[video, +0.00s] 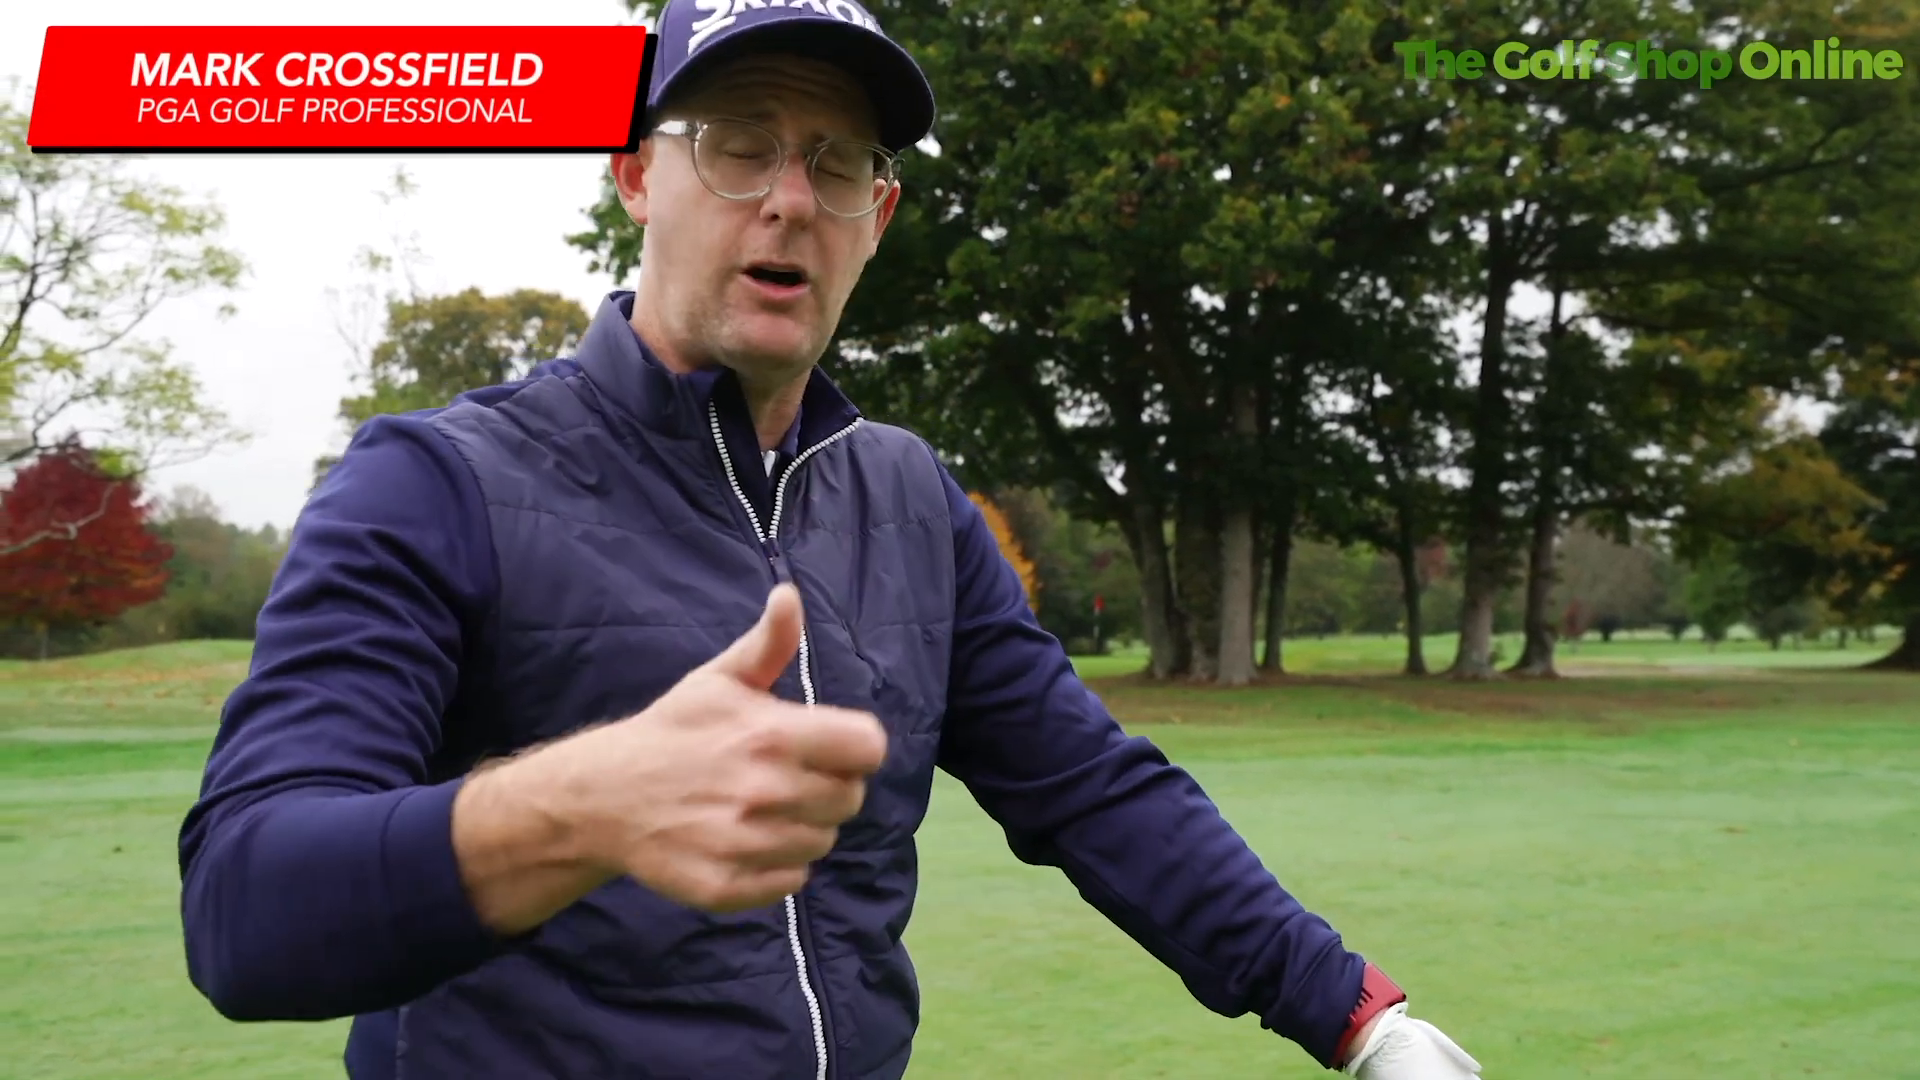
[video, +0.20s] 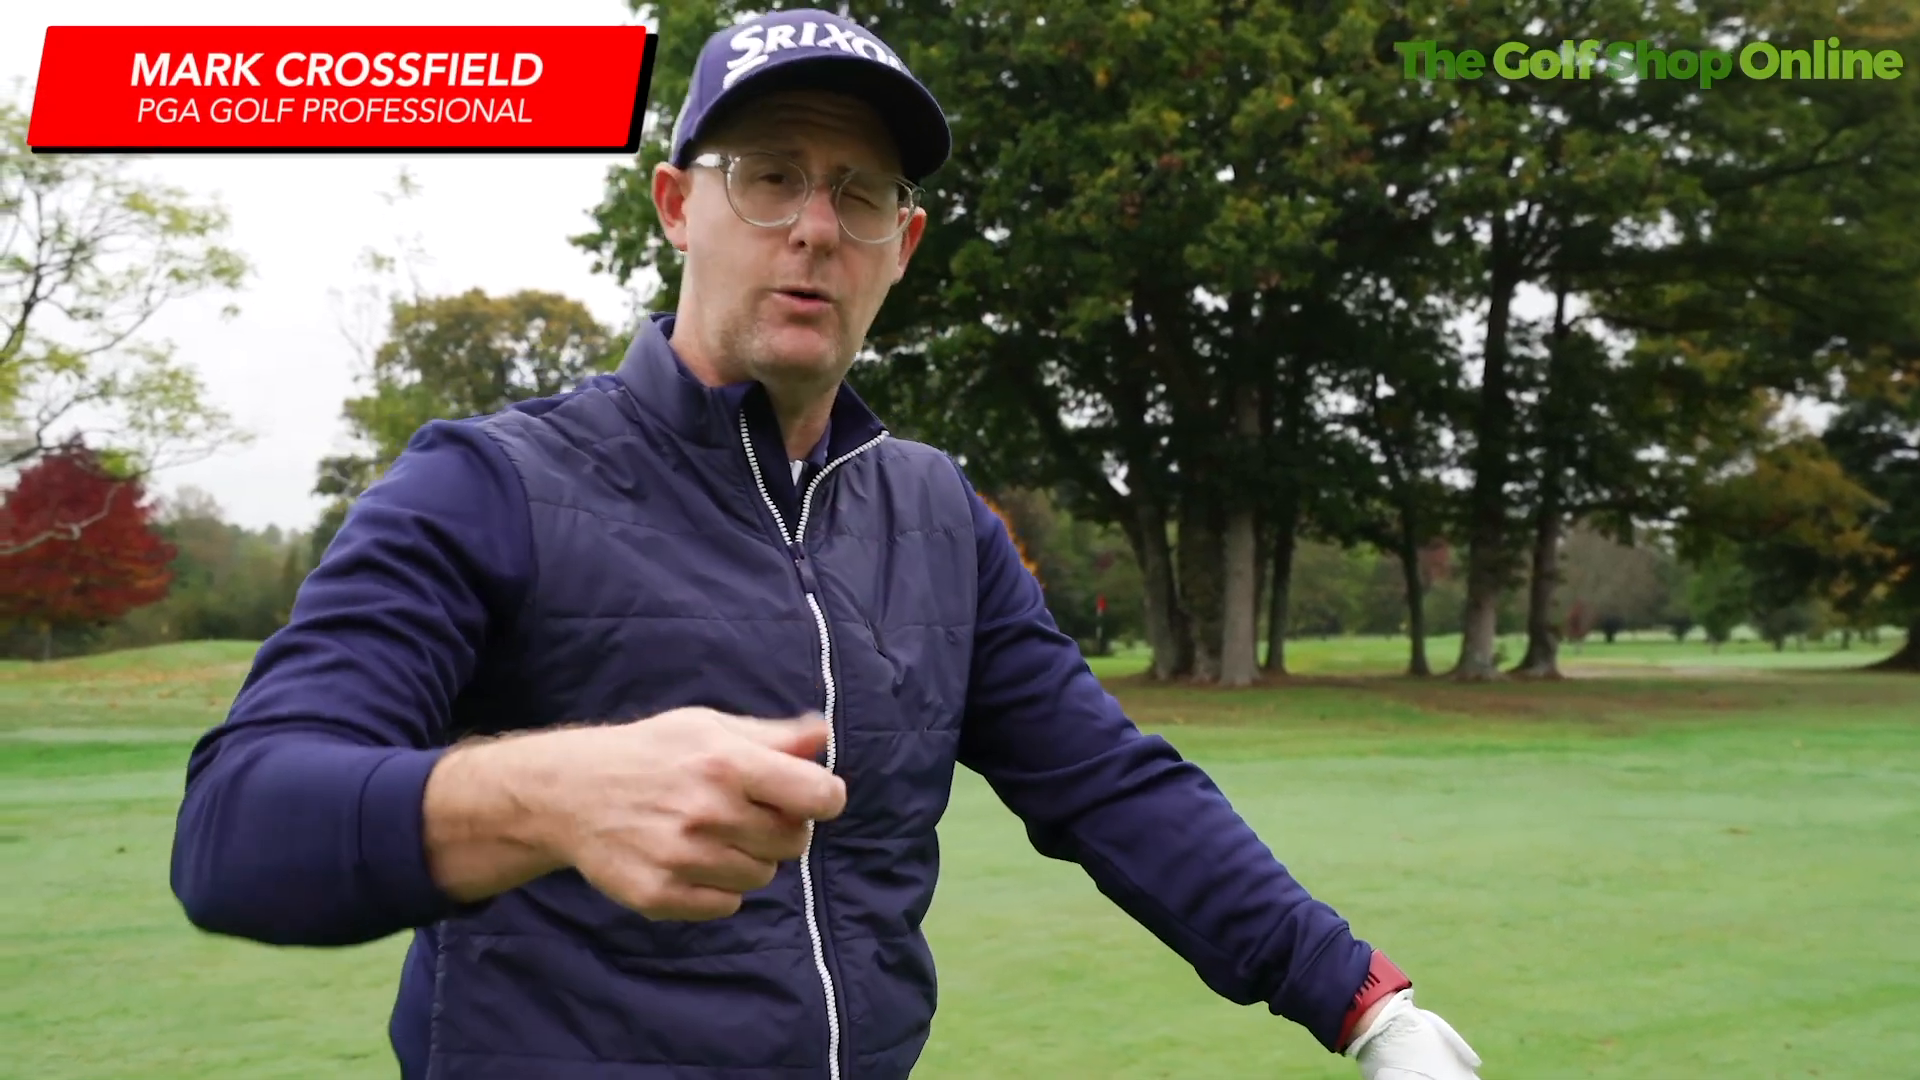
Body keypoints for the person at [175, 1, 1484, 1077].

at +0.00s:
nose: (789, 205)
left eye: (833, 167)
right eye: (739, 150)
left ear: (877, 220)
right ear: (643, 182)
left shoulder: (913, 505)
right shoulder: (442, 482)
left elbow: (1095, 790)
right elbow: (248, 918)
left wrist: (1365, 1022)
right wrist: (582, 804)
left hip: (835, 1052)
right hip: (503, 1052)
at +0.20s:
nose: (813, 231)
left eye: (857, 197)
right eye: (769, 180)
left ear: (901, 249)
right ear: (675, 206)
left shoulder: (941, 521)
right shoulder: (494, 485)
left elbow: (1111, 788)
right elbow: (234, 837)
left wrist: (1367, 1006)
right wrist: (549, 797)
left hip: (856, 1056)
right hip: (542, 1054)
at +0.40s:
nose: (852, 233)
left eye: (897, 204)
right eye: (809, 186)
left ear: (937, 266)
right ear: (721, 218)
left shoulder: (967, 523)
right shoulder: (536, 471)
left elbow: (1125, 782)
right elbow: (272, 775)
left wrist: (1368, 1005)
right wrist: (577, 690)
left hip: (853, 1050)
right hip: (555, 1044)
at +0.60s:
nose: (850, 252)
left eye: (902, 220)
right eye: (815, 196)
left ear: (947, 268)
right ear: (730, 203)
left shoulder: (957, 504)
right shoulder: (527, 456)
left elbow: (1106, 768)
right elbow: (374, 824)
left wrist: (1348, 1009)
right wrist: (608, 633)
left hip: (836, 1057)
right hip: (546, 1055)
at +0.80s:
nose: (812, 257)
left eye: (857, 218)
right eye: (765, 201)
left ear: (897, 267)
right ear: (665, 221)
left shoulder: (904, 510)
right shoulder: (473, 512)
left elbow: (1074, 782)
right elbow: (366, 936)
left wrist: (1335, 1014)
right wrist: (651, 812)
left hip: (838, 1058)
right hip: (543, 1058)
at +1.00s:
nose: (765, 249)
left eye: (810, 206)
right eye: (714, 193)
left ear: (856, 243)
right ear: (612, 210)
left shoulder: (887, 501)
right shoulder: (413, 511)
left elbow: (1063, 783)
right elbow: (302, 997)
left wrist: (1320, 1025)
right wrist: (529, 791)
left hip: (812, 1063)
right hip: (499, 1065)